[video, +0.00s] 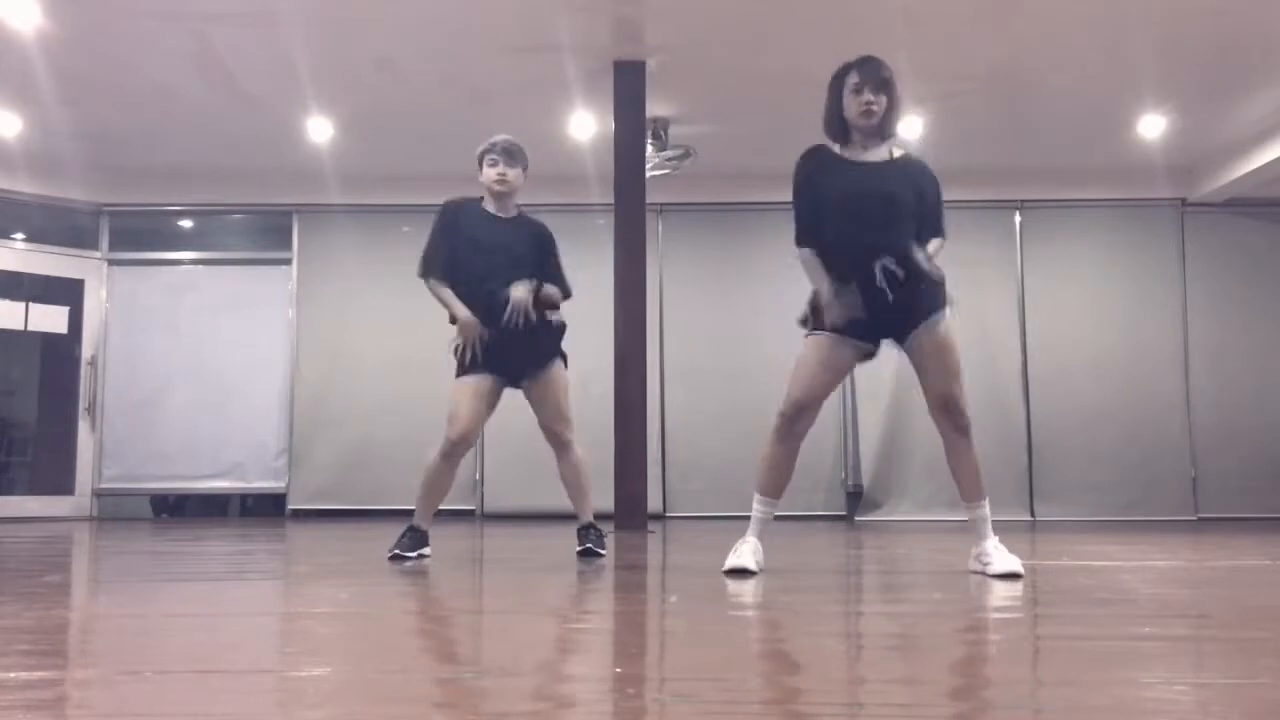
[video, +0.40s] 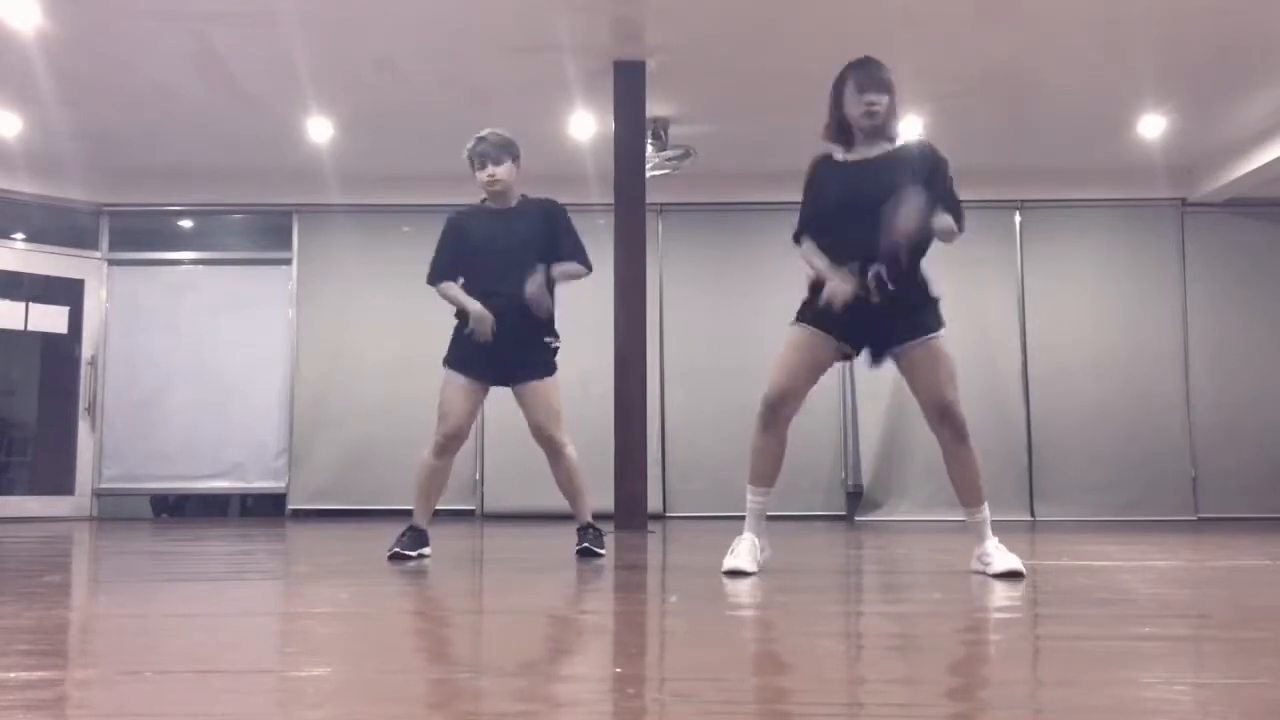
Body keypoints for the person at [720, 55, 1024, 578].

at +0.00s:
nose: (868, 98)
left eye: (878, 90)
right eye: (857, 91)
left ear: (890, 100)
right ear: (839, 100)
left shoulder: (912, 166)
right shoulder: (816, 163)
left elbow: (933, 235)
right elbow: (805, 243)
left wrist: (924, 264)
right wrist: (829, 296)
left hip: (915, 299)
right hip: (847, 302)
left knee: (954, 413)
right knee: (793, 412)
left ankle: (985, 543)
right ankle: (752, 540)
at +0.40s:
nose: (873, 99)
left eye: (881, 90)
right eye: (861, 91)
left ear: (894, 98)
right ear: (841, 100)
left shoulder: (921, 157)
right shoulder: (826, 167)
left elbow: (953, 227)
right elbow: (803, 236)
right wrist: (828, 273)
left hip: (905, 298)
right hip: (836, 297)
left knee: (948, 414)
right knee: (775, 402)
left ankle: (986, 544)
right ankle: (751, 536)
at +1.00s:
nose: (868, 108)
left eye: (877, 99)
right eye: (857, 101)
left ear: (893, 108)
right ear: (842, 113)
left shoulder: (913, 159)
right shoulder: (833, 173)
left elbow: (935, 187)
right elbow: (807, 248)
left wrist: (880, 195)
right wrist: (799, 307)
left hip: (921, 308)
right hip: (851, 310)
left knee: (971, 417)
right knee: (790, 404)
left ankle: (988, 544)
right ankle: (767, 538)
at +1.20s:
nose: (823, 129)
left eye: (832, 120)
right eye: (812, 121)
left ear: (848, 127)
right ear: (798, 133)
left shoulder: (869, 173)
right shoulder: (809, 203)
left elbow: (919, 242)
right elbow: (819, 269)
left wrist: (965, 304)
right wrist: (801, 309)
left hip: (875, 315)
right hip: (817, 320)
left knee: (940, 434)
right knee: (758, 420)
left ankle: (991, 539)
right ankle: (785, 545)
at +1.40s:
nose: (794, 110)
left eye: (803, 101)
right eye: (784, 102)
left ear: (819, 110)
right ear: (769, 113)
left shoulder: (848, 150)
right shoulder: (754, 182)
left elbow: (919, 144)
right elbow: (704, 220)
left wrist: (926, 168)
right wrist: (671, 259)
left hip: (845, 277)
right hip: (785, 292)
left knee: (864, 362)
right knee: (750, 411)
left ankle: (913, 499)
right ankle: (784, 543)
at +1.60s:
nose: (789, 87)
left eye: (798, 78)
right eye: (777, 82)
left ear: (816, 89)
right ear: (763, 98)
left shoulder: (840, 132)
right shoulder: (757, 164)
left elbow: (916, 135)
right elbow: (705, 220)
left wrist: (898, 73)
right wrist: (659, 181)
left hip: (827, 267)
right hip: (769, 280)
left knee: (824, 368)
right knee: (754, 406)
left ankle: (861, 530)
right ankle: (784, 543)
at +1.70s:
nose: (783, 101)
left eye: (793, 93)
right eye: (772, 94)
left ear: (811, 103)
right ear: (760, 109)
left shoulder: (843, 136)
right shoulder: (755, 174)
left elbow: (917, 114)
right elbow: (700, 212)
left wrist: (903, 74)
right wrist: (654, 180)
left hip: (826, 283)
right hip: (768, 293)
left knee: (809, 379)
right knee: (733, 421)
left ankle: (860, 535)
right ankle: (786, 543)